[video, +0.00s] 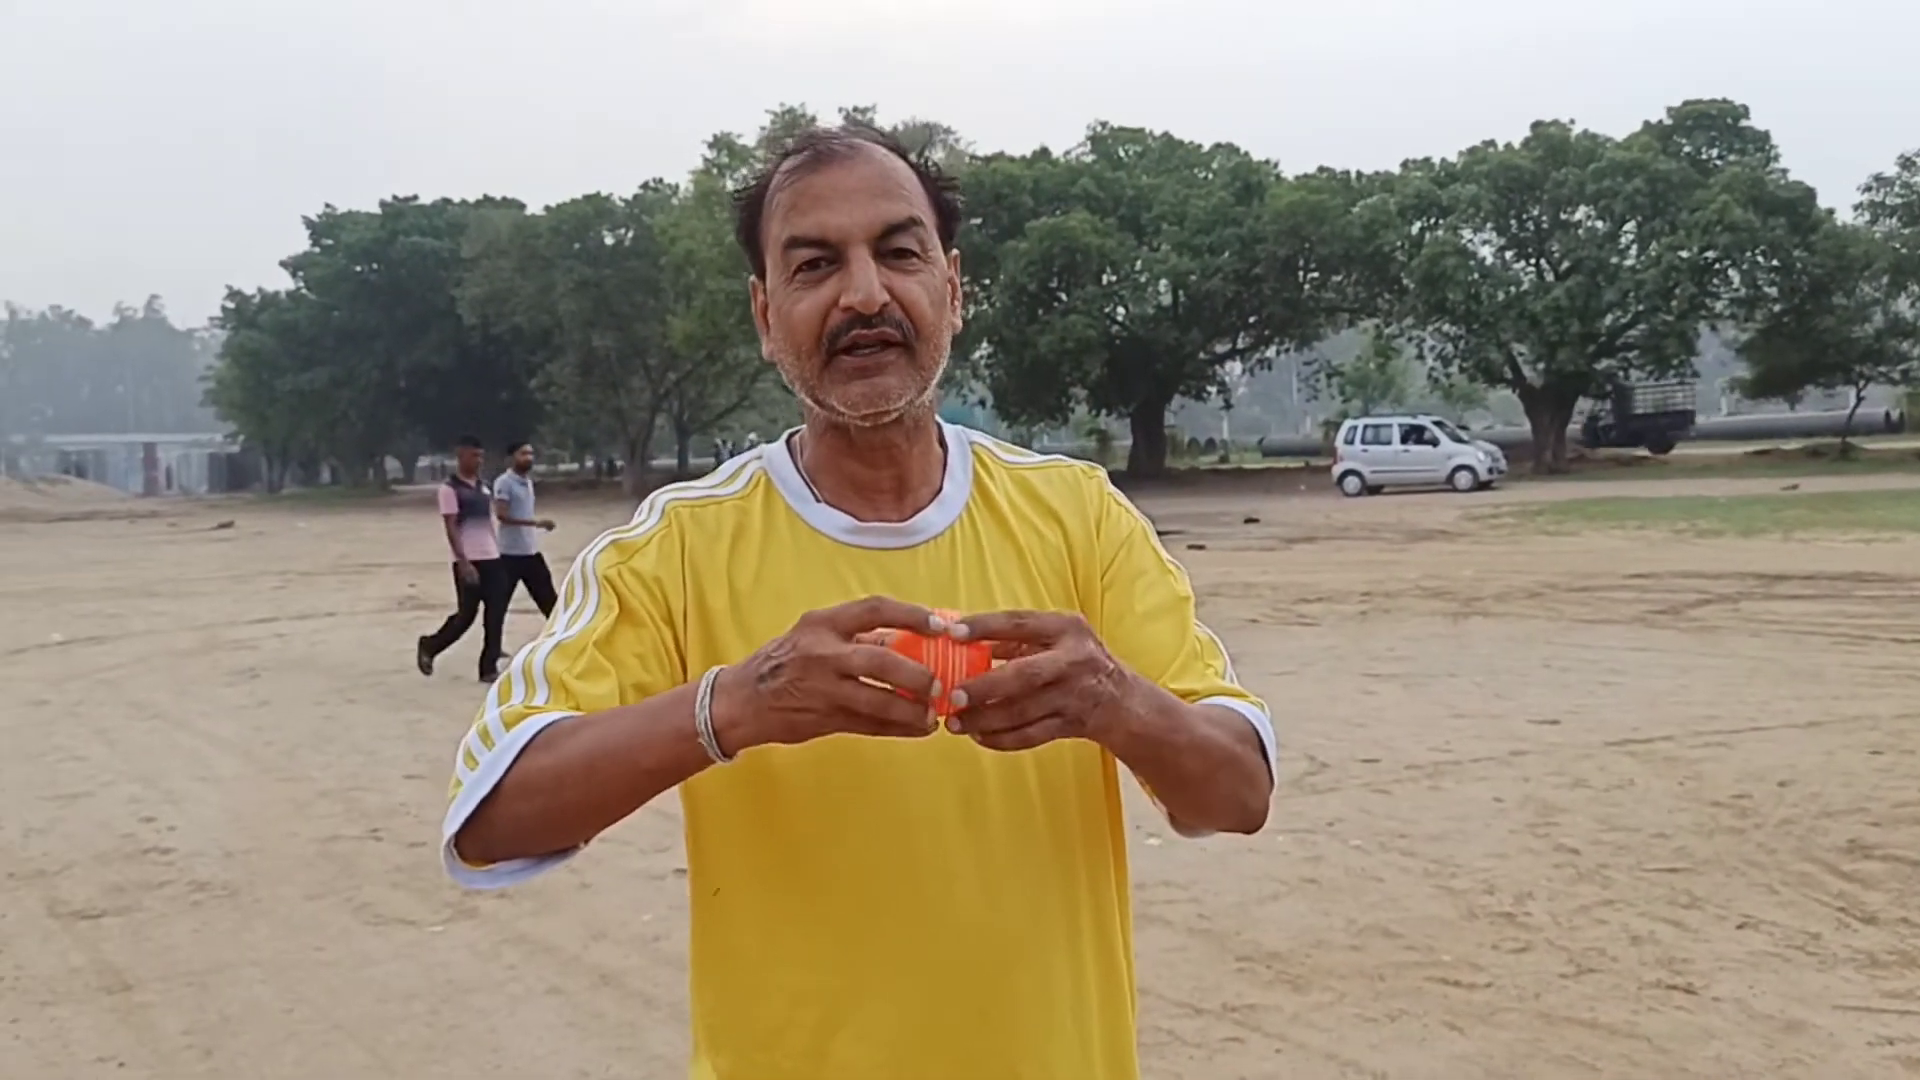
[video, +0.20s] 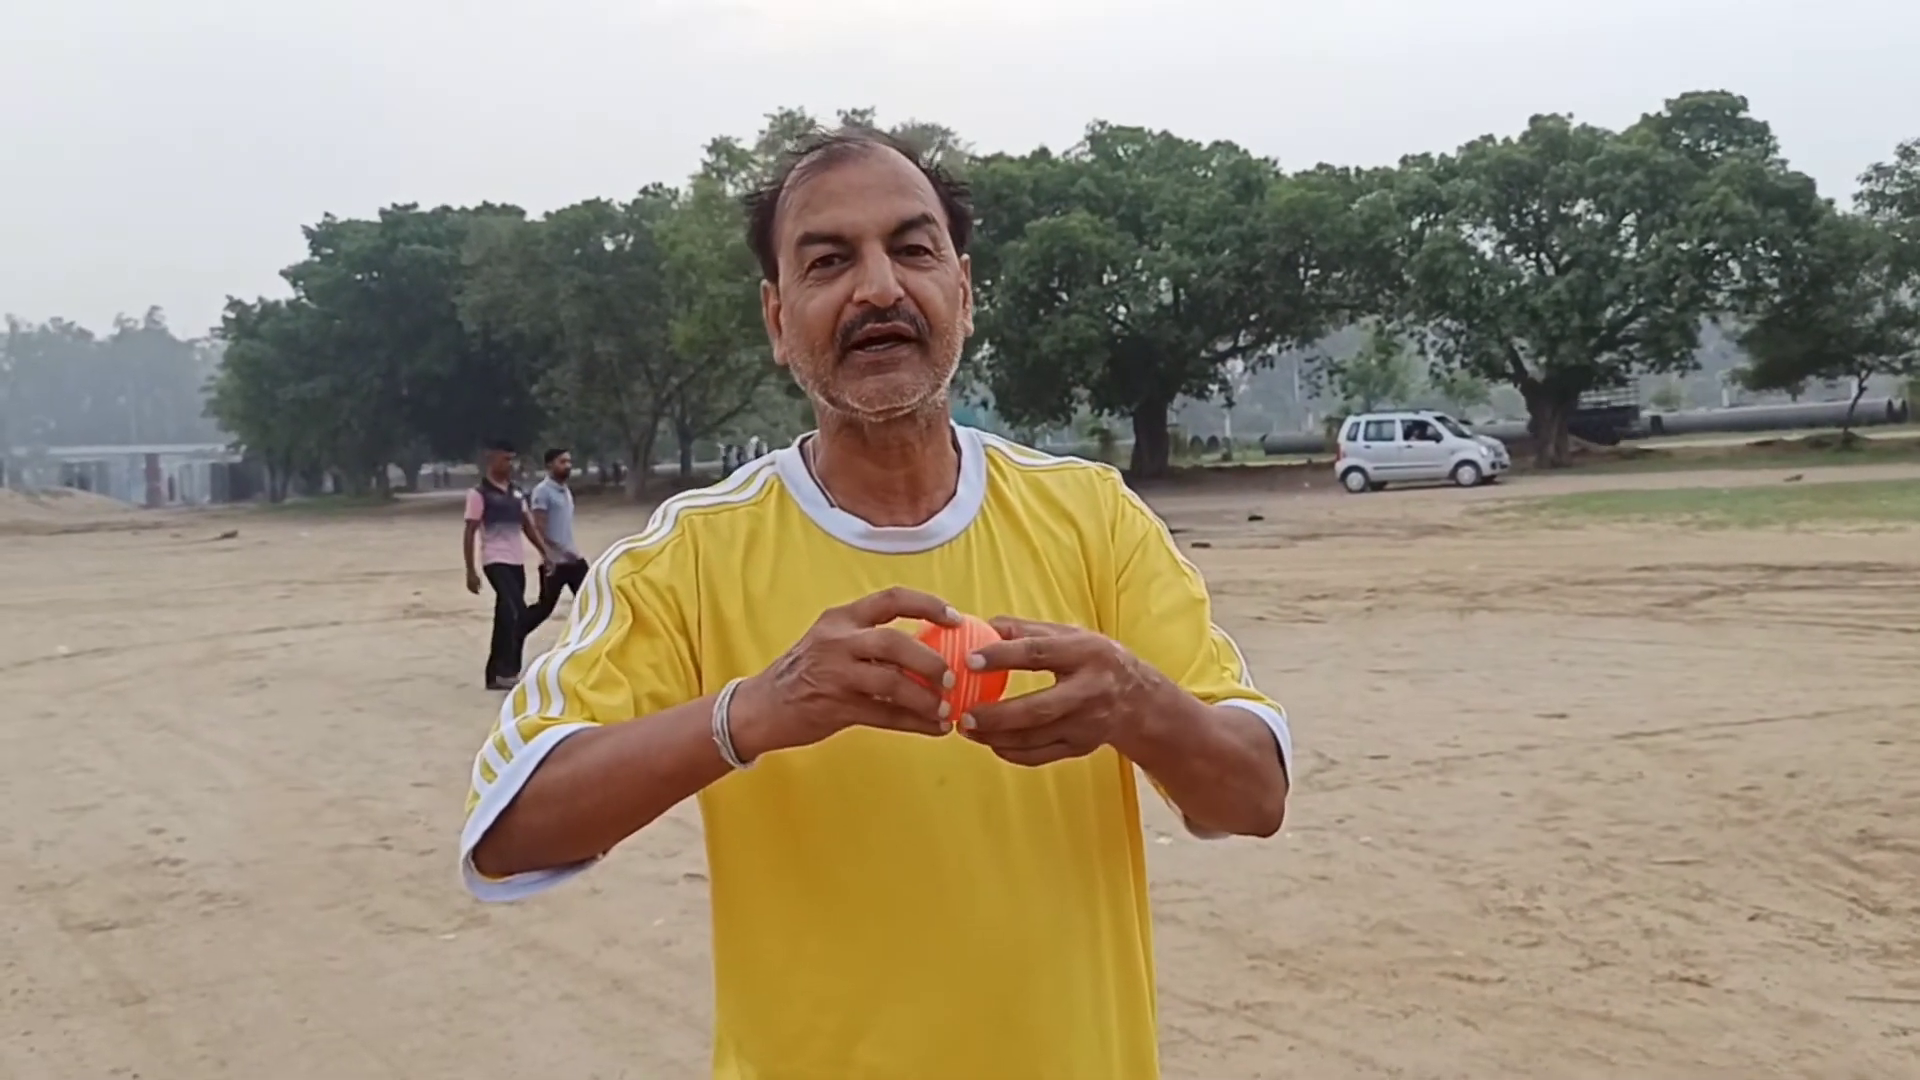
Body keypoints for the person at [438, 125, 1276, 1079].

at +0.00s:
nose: (864, 293)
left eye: (900, 252)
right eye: (815, 265)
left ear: (953, 293)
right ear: (766, 321)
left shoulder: (1079, 516)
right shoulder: (676, 550)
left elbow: (1241, 799)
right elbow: (487, 821)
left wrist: (1123, 707)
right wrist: (737, 707)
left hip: (1064, 1052)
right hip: (784, 1054)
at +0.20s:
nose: (878, 286)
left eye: (913, 249)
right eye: (828, 261)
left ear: (965, 297)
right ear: (778, 323)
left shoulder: (1093, 518)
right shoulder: (691, 555)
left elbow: (1257, 802)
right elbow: (504, 834)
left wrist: (1141, 710)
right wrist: (749, 714)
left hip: (1084, 1052)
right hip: (804, 1054)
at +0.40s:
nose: (894, 306)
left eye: (927, 264)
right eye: (844, 277)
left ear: (977, 298)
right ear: (792, 327)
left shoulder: (1109, 520)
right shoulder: (705, 560)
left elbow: (1268, 805)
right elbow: (522, 836)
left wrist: (1160, 704)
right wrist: (771, 714)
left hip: (1100, 1052)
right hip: (817, 1053)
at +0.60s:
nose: (906, 321)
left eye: (938, 277)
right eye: (855, 290)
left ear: (985, 303)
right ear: (800, 331)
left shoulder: (1113, 523)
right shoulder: (714, 564)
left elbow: (1276, 807)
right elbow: (529, 842)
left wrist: (1173, 709)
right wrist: (782, 726)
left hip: (1108, 1051)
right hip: (825, 1053)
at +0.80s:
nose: (917, 316)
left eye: (948, 272)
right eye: (866, 286)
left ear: (995, 300)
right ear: (812, 331)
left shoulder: (1122, 524)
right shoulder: (723, 563)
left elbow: (1283, 807)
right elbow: (541, 837)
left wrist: (1181, 708)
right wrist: (787, 729)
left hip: (1115, 1050)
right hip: (833, 1051)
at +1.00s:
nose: (943, 315)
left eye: (974, 272)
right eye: (893, 284)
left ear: (1018, 299)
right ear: (836, 326)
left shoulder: (1138, 522)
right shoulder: (744, 556)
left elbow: (1297, 803)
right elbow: (565, 824)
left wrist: (1201, 704)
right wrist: (813, 727)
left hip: (1130, 1051)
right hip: (853, 1053)